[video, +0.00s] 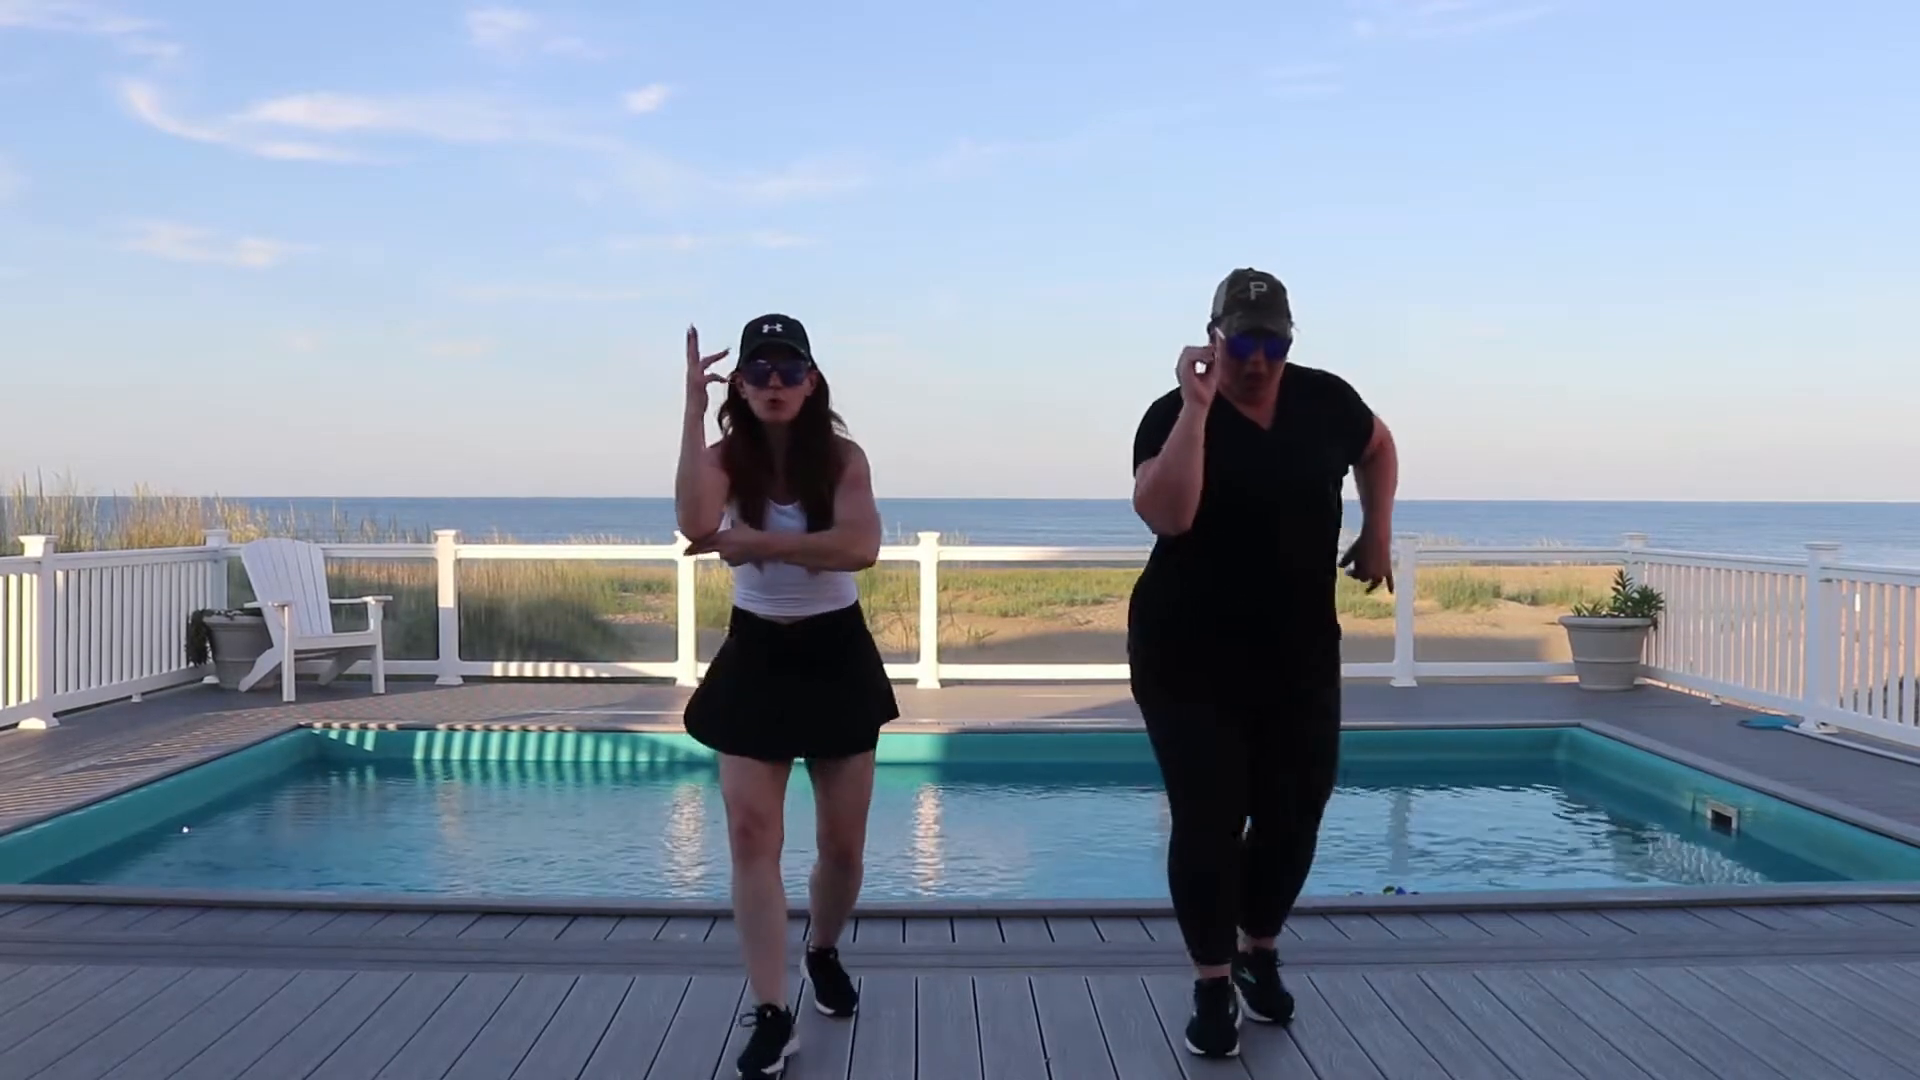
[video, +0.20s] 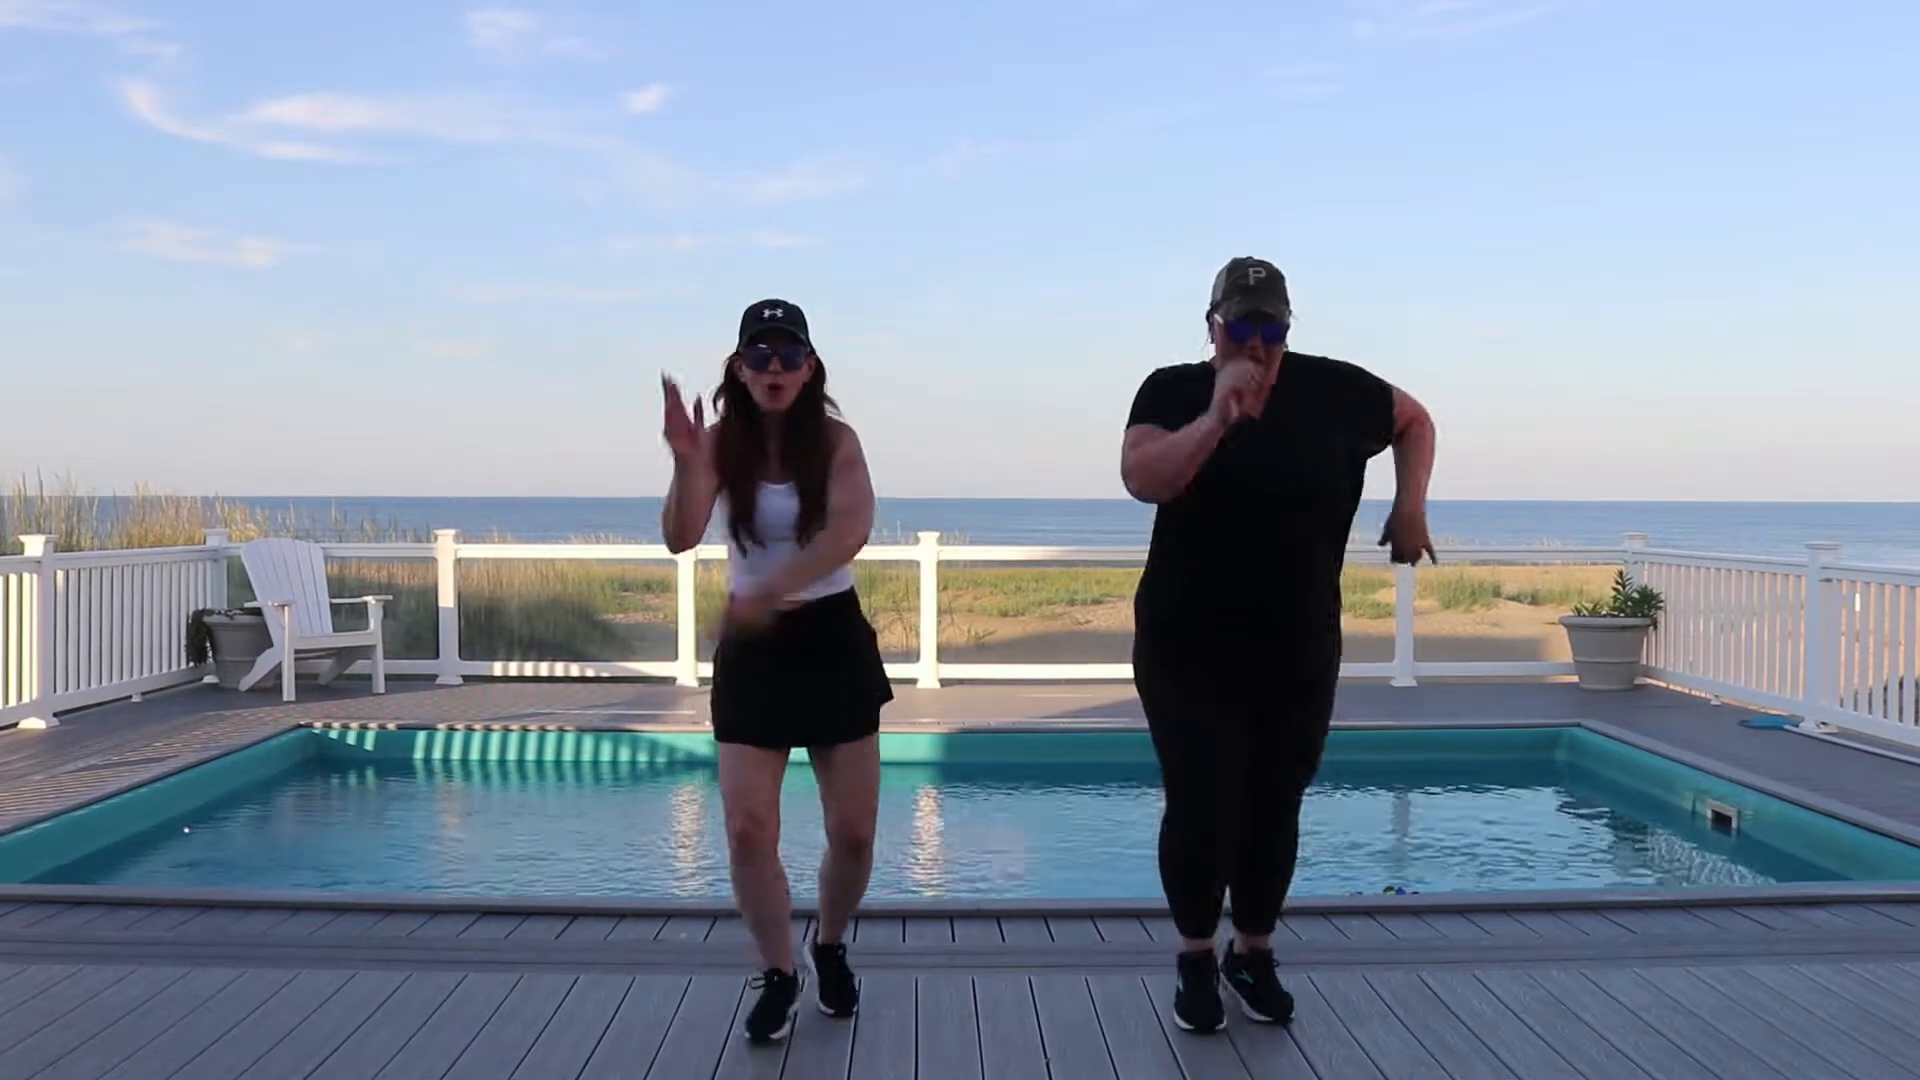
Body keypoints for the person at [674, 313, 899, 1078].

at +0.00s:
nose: (775, 383)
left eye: (789, 369)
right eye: (760, 370)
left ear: (812, 378)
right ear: (739, 383)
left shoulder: (840, 454)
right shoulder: (724, 454)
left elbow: (862, 545)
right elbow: (697, 524)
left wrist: (763, 546)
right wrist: (694, 411)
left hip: (840, 654)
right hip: (756, 655)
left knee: (843, 849)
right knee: (750, 835)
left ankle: (823, 950)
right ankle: (771, 1010)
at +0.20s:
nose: (774, 370)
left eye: (789, 356)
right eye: (759, 357)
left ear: (810, 366)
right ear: (739, 366)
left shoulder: (834, 437)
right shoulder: (719, 440)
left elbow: (852, 532)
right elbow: (681, 537)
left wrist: (773, 586)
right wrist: (690, 464)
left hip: (834, 638)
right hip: (751, 638)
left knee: (854, 834)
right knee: (748, 828)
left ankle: (830, 944)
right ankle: (777, 972)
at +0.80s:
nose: (786, 382)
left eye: (801, 369)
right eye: (771, 369)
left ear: (821, 381)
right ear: (747, 379)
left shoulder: (832, 460)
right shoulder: (714, 453)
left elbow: (849, 541)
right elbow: (681, 537)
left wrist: (866, 438)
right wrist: (778, 531)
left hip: (806, 663)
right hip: (722, 663)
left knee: (796, 845)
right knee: (709, 858)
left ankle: (777, 1016)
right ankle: (748, 943)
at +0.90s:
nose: (784, 379)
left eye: (798, 366)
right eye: (768, 367)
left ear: (818, 378)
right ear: (745, 377)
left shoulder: (829, 453)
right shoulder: (713, 446)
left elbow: (854, 524)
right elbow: (681, 526)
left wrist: (866, 411)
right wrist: (782, 517)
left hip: (802, 658)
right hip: (718, 656)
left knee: (796, 837)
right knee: (718, 842)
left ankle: (783, 1008)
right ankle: (744, 952)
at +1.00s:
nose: (784, 369)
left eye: (799, 357)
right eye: (768, 357)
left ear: (817, 367)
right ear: (746, 367)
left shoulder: (832, 441)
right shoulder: (719, 433)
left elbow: (860, 517)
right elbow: (678, 514)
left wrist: (865, 414)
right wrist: (787, 526)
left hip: (801, 645)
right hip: (718, 645)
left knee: (802, 832)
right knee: (717, 835)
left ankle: (784, 983)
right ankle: (740, 949)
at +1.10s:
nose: (783, 375)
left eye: (797, 360)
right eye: (768, 361)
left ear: (820, 367)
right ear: (747, 367)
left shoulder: (841, 448)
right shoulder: (721, 438)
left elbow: (859, 530)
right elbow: (659, 507)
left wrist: (872, 491)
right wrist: (747, 548)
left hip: (814, 646)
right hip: (731, 643)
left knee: (798, 845)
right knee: (697, 844)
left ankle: (789, 976)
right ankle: (735, 936)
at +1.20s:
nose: (779, 394)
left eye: (793, 380)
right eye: (764, 381)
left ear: (814, 389)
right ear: (743, 392)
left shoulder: (838, 468)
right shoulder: (723, 460)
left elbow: (862, 548)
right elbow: (643, 494)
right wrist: (712, 501)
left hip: (824, 669)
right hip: (741, 666)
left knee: (811, 858)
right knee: (687, 849)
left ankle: (787, 976)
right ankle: (731, 948)